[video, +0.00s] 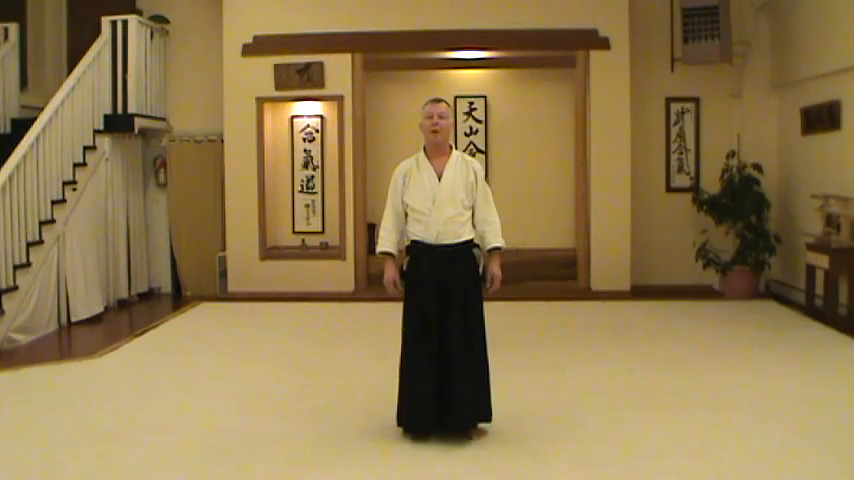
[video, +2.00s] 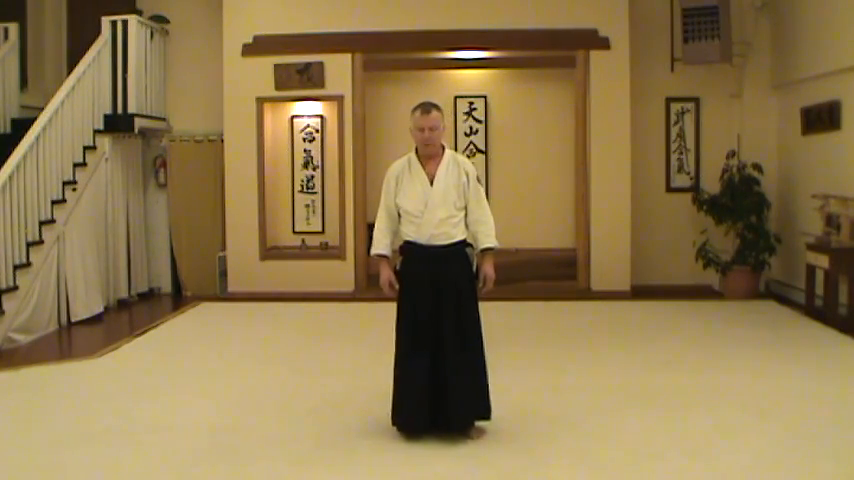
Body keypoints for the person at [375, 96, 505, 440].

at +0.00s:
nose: (436, 122)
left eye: (442, 117)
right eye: (429, 117)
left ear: (453, 124)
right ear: (420, 125)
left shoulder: (470, 167)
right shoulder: (405, 170)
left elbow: (485, 213)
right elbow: (392, 217)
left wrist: (493, 258)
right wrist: (389, 261)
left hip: (461, 260)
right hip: (422, 260)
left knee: (463, 337)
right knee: (422, 337)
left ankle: (464, 417)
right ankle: (420, 418)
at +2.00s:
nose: (427, 135)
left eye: (433, 129)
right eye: (421, 130)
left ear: (444, 130)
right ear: (412, 132)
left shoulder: (462, 167)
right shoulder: (398, 171)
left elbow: (479, 213)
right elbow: (385, 218)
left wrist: (486, 257)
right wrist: (383, 262)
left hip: (455, 261)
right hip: (415, 261)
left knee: (459, 336)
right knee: (416, 337)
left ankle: (463, 416)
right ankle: (416, 417)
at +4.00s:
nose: (421, 136)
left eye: (428, 129)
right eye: (416, 130)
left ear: (441, 131)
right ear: (409, 134)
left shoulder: (459, 170)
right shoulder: (400, 171)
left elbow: (475, 216)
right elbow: (387, 214)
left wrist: (476, 264)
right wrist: (403, 238)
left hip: (449, 261)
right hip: (414, 261)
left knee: (448, 338)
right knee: (417, 337)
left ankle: (449, 421)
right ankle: (422, 414)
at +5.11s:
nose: (425, 133)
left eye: (431, 127)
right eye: (419, 127)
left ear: (442, 131)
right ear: (411, 132)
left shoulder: (460, 172)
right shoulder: (398, 175)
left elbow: (476, 219)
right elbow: (386, 221)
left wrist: (475, 266)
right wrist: (390, 265)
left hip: (449, 264)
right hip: (415, 264)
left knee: (447, 341)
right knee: (419, 340)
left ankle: (444, 426)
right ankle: (426, 416)